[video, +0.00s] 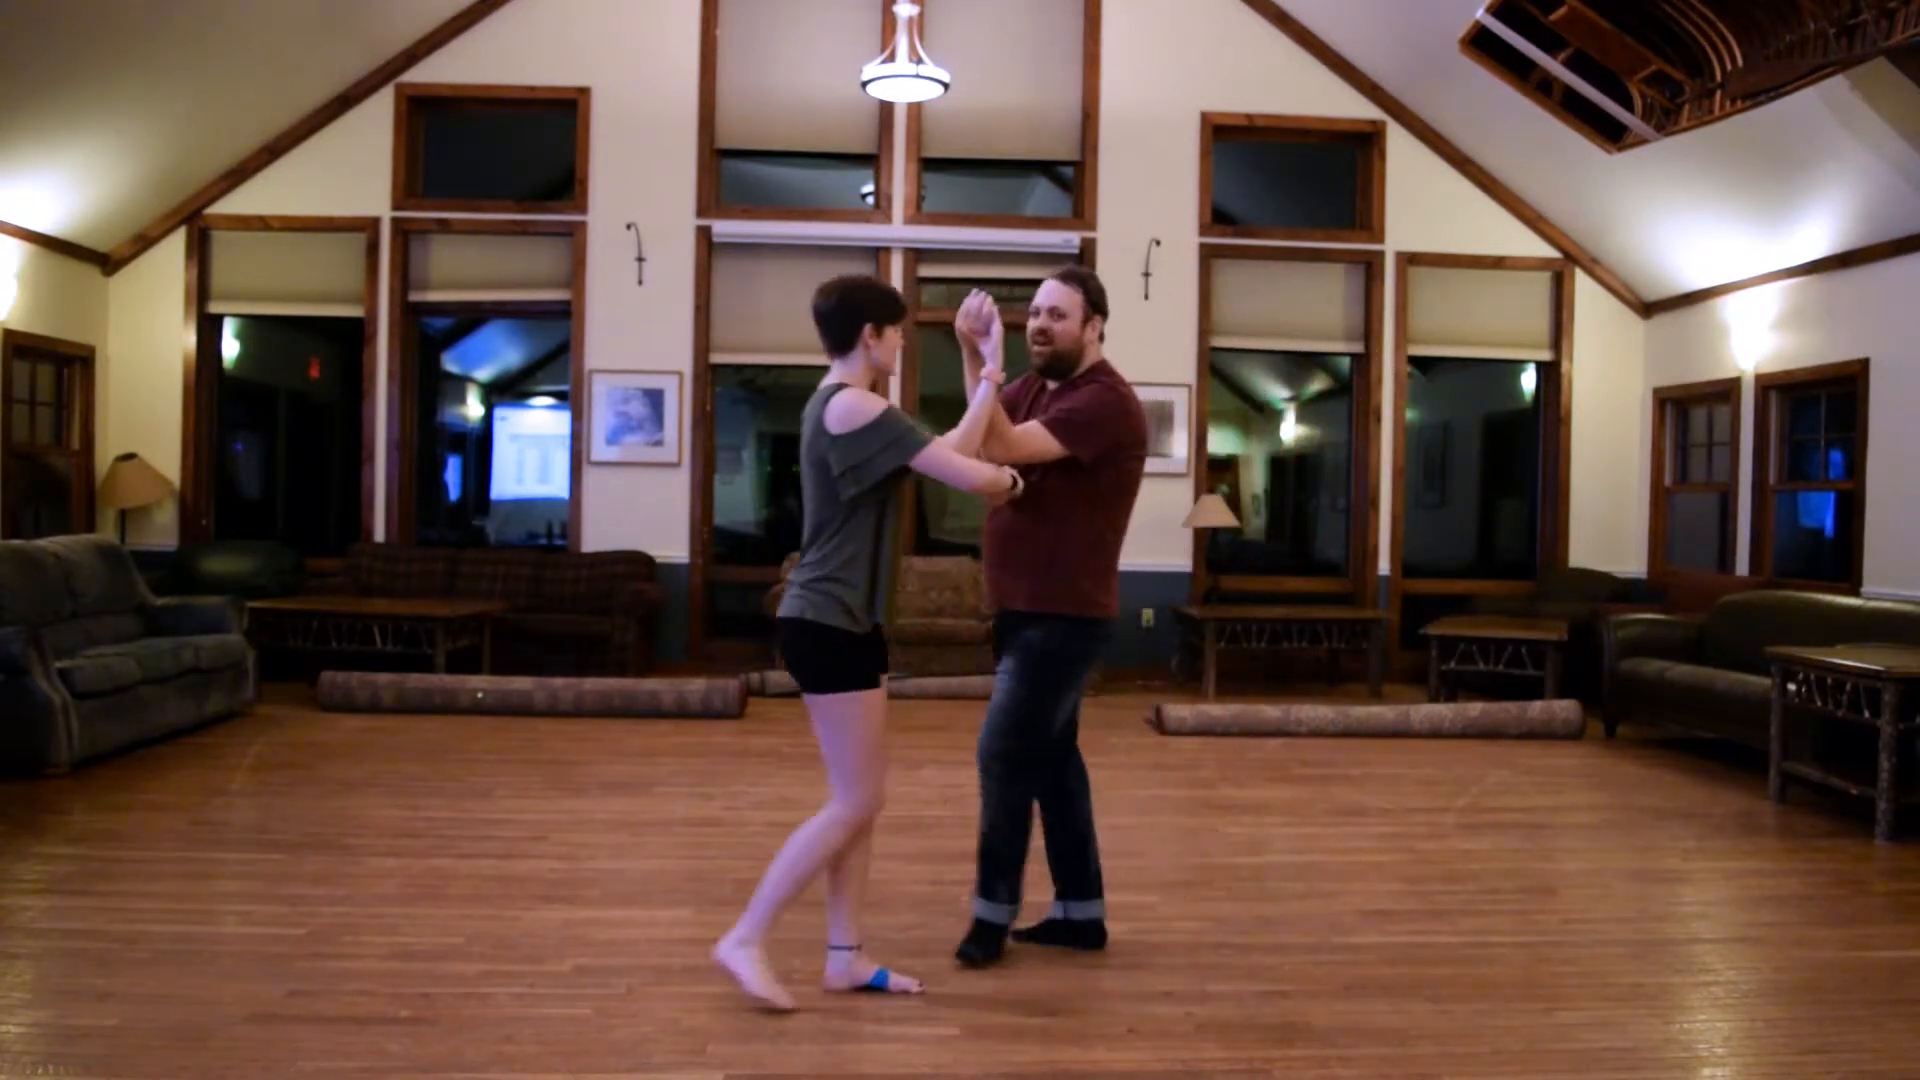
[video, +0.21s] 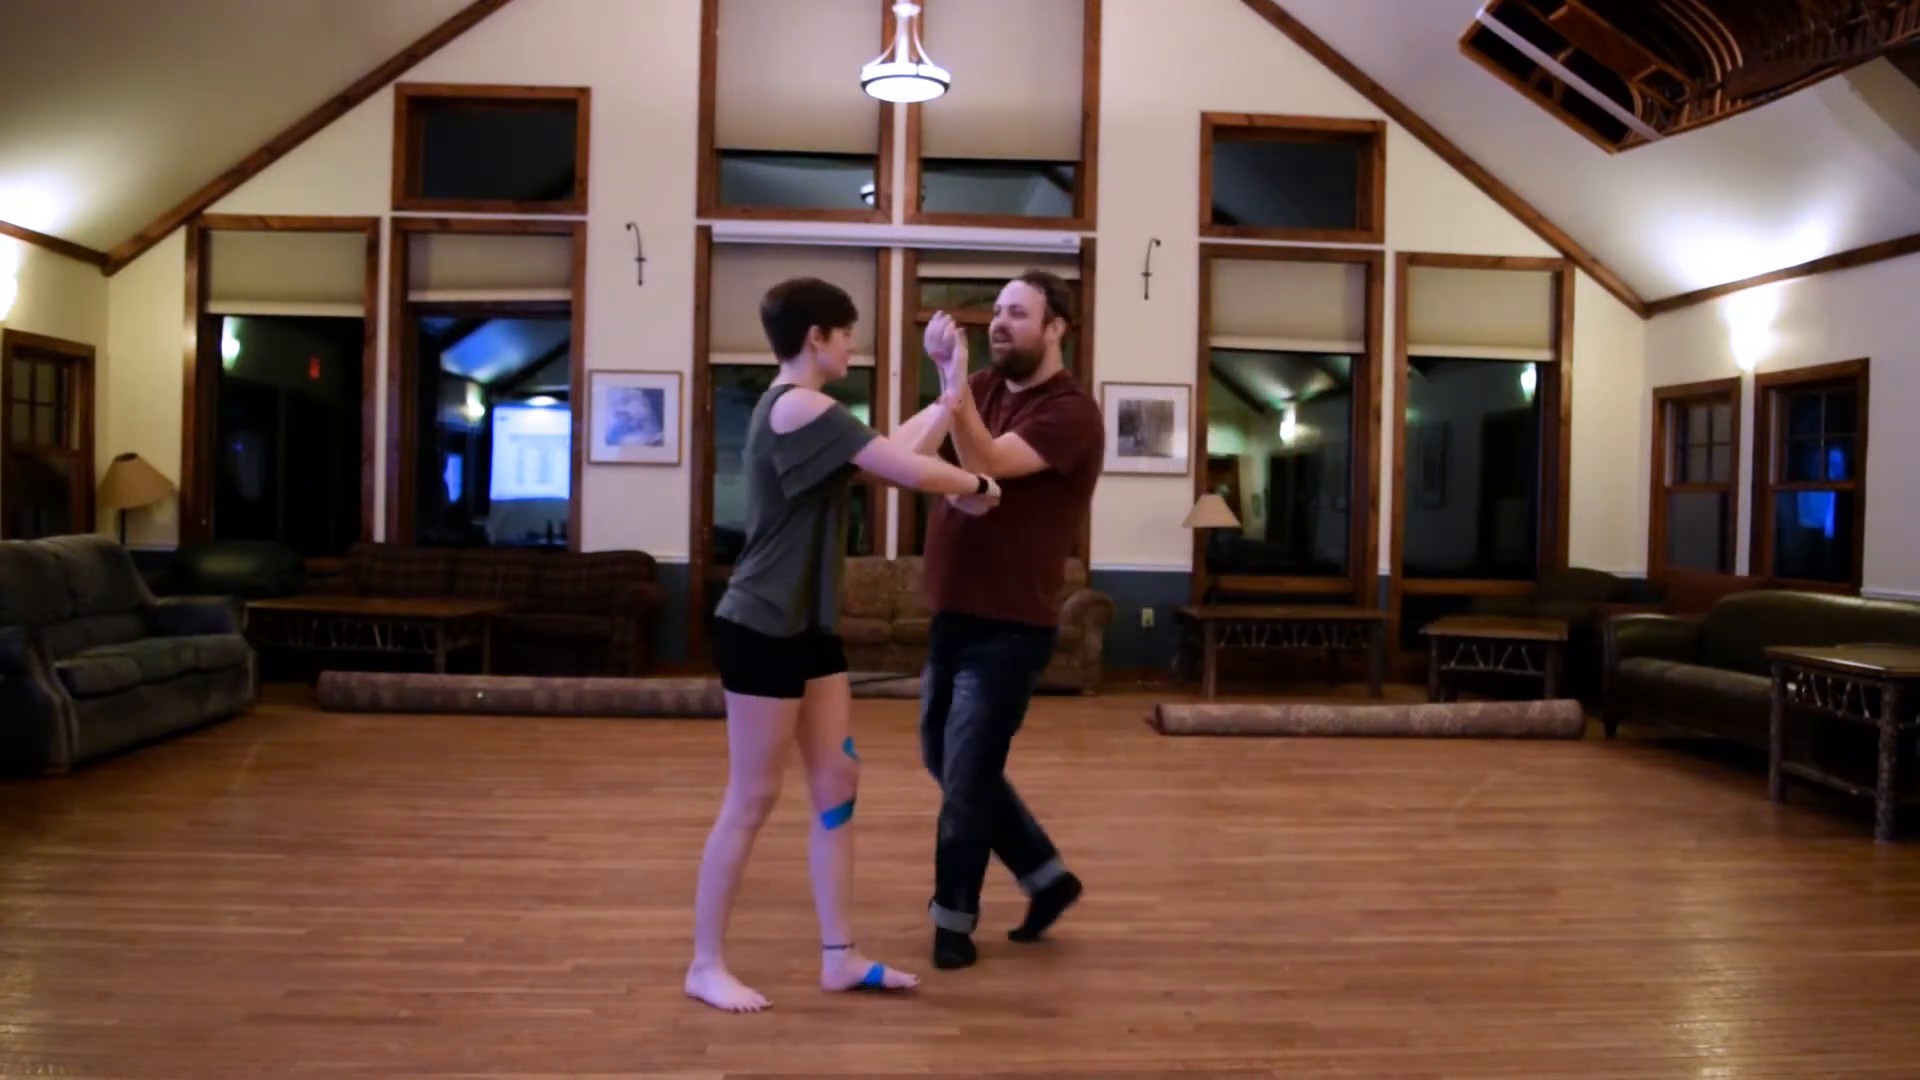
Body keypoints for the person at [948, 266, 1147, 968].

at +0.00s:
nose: (1039, 326)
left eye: (1056, 316)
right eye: (1034, 314)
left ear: (1094, 328)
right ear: (1028, 324)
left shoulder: (1106, 401)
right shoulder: (1030, 388)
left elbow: (1001, 442)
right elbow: (970, 446)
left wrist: (982, 361)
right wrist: (977, 365)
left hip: (1068, 615)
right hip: (1019, 611)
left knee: (1003, 753)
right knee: (1056, 762)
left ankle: (991, 915)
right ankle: (1081, 912)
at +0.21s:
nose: (1000, 323)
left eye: (1017, 314)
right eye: (998, 312)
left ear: (1056, 331)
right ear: (994, 325)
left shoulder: (1072, 411)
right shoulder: (985, 389)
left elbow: (992, 462)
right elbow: (918, 450)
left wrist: (953, 385)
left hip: (1014, 618)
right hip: (956, 607)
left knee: (969, 768)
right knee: (942, 754)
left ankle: (952, 921)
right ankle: (1046, 877)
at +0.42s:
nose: (961, 309)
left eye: (980, 300)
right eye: (957, 299)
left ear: (1018, 318)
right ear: (951, 316)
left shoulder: (1038, 394)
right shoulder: (927, 385)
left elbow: (959, 418)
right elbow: (876, 466)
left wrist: (913, 348)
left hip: (982, 613)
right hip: (909, 604)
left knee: (963, 772)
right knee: (880, 748)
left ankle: (954, 915)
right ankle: (913, 890)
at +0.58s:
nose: (923, 300)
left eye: (941, 291)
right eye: (918, 290)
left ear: (975, 313)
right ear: (905, 304)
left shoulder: (998, 373)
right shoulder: (890, 368)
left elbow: (916, 347)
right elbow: (861, 341)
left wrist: (876, 299)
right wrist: (857, 292)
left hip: (962, 603)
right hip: (882, 600)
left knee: (951, 777)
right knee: (863, 765)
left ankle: (948, 918)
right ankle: (839, 908)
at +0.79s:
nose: (878, 298)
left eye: (895, 289)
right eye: (871, 287)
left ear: (928, 307)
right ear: (860, 299)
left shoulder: (953, 364)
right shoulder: (847, 368)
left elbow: (875, 331)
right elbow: (789, 337)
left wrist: (793, 280)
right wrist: (754, 272)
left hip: (933, 599)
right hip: (854, 599)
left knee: (928, 776)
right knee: (845, 773)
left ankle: (929, 915)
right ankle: (840, 909)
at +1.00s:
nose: (849, 306)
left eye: (866, 296)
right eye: (842, 297)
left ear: (900, 312)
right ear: (832, 310)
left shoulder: (931, 373)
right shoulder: (816, 377)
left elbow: (873, 376)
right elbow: (780, 398)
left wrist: (775, 352)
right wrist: (779, 313)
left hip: (915, 602)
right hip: (830, 602)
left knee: (915, 776)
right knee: (838, 773)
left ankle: (917, 918)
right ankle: (842, 913)